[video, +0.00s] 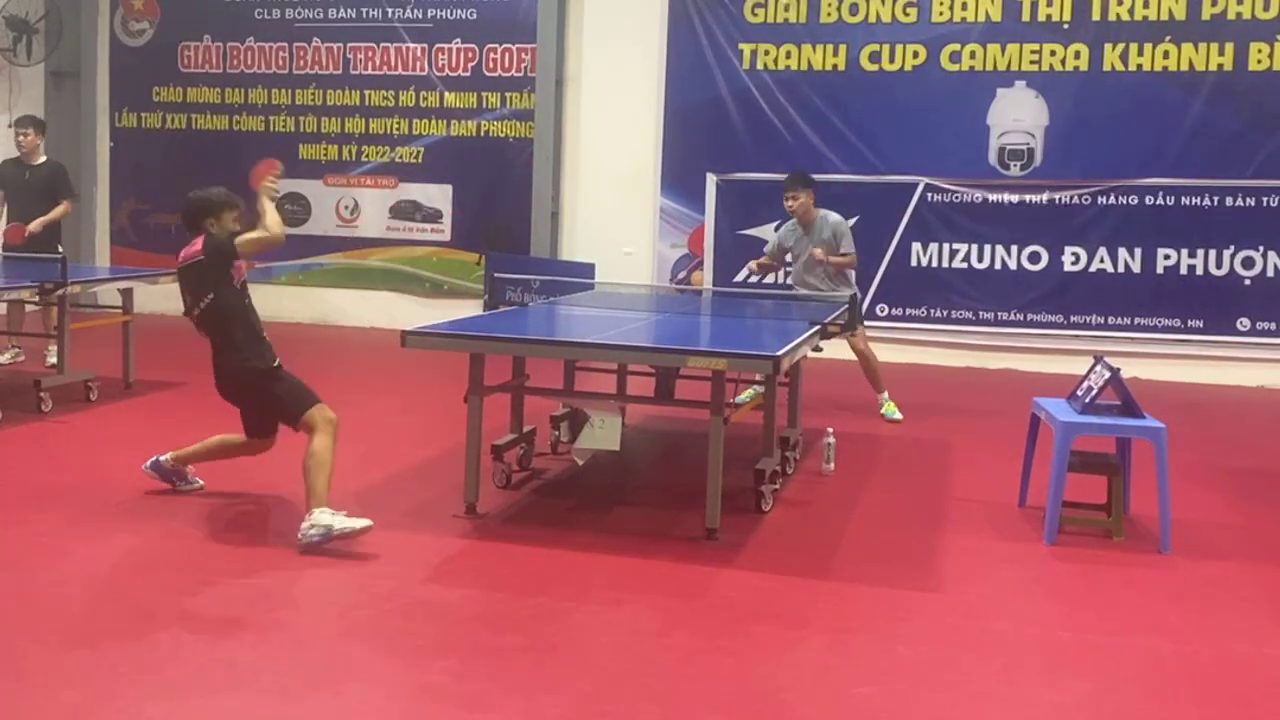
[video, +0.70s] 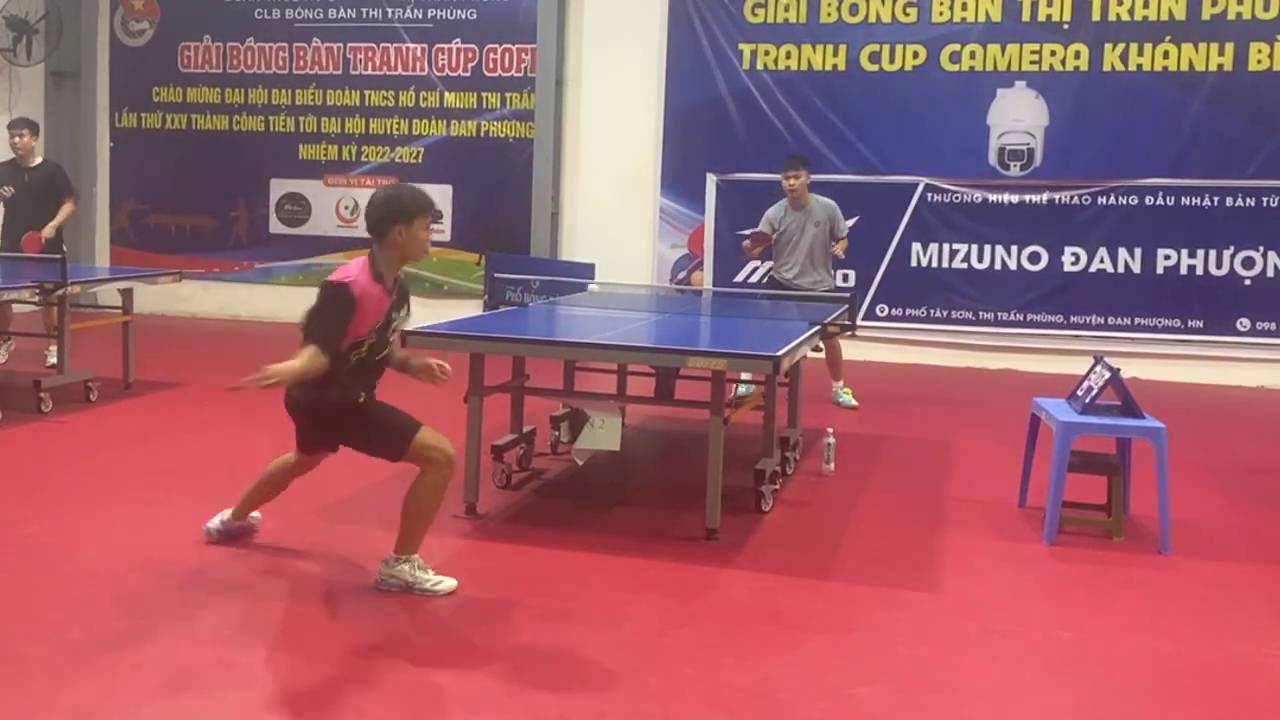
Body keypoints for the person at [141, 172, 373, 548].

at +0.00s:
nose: (238, 223)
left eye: (237, 217)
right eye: (232, 217)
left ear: (205, 224)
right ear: (211, 223)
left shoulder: (187, 262)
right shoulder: (212, 249)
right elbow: (274, 233)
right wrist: (266, 196)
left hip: (235, 370)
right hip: (255, 368)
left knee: (260, 441)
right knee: (323, 421)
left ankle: (171, 462)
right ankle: (317, 514)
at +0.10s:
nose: (253, 219)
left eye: (252, 212)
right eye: (249, 212)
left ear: (218, 218)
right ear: (229, 215)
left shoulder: (195, 263)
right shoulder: (232, 250)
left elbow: (192, 334)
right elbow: (297, 263)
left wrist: (228, 327)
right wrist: (310, 222)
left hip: (227, 373)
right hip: (253, 372)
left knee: (249, 429)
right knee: (337, 410)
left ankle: (164, 465)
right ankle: (311, 509)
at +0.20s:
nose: (283, 207)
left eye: (283, 199)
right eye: (280, 198)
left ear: (243, 204)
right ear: (261, 202)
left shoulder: (218, 248)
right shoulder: (262, 246)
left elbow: (204, 314)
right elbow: (319, 279)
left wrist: (258, 308)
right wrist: (342, 235)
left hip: (229, 372)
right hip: (259, 374)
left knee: (234, 422)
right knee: (345, 415)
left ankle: (164, 467)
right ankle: (310, 513)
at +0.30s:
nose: (323, 194)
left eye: (322, 186)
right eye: (320, 186)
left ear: (287, 192)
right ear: (303, 192)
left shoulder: (257, 233)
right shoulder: (289, 243)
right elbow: (315, 305)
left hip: (234, 359)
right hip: (263, 368)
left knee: (243, 414)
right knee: (351, 419)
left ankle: (183, 471)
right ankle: (309, 516)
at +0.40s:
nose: (362, 207)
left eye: (362, 198)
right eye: (359, 197)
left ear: (325, 200)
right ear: (339, 202)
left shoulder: (298, 241)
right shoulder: (308, 257)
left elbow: (306, 305)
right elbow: (279, 329)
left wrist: (354, 303)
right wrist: (328, 369)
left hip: (245, 355)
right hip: (262, 360)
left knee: (285, 420)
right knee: (363, 411)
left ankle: (194, 476)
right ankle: (325, 514)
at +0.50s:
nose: (397, 240)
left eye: (396, 231)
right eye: (392, 231)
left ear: (365, 236)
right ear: (367, 236)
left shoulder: (365, 281)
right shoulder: (306, 288)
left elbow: (388, 342)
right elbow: (254, 340)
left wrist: (416, 321)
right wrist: (254, 406)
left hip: (296, 382)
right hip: (281, 386)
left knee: (282, 453)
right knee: (370, 447)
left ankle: (184, 502)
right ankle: (388, 557)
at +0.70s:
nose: (430, 240)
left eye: (430, 230)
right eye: (425, 229)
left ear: (396, 235)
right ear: (397, 234)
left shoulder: (395, 284)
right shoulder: (347, 287)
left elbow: (376, 345)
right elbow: (321, 352)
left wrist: (410, 363)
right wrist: (289, 369)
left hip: (323, 395)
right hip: (330, 402)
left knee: (305, 458)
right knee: (439, 457)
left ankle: (233, 519)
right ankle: (402, 563)